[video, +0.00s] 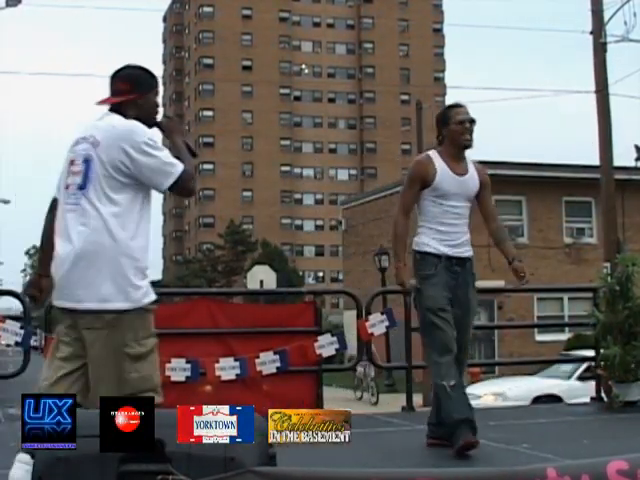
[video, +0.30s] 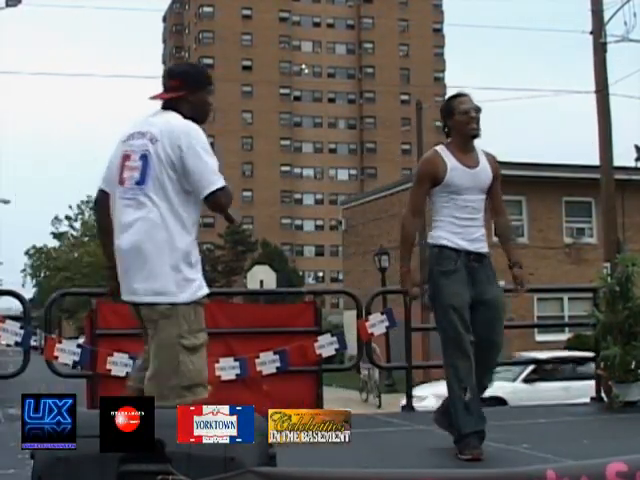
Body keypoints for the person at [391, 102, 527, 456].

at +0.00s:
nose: (467, 128)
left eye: (470, 123)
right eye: (460, 124)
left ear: (473, 129)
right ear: (442, 130)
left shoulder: (477, 173)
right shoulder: (424, 165)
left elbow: (493, 221)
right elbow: (402, 214)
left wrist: (513, 259)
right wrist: (399, 265)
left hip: (463, 264)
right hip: (430, 262)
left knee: (459, 346)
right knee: (444, 344)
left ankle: (440, 426)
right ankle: (462, 427)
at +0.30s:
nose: (473, 118)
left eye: (475, 112)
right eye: (464, 114)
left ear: (480, 118)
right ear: (447, 123)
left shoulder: (489, 164)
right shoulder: (433, 162)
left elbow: (499, 216)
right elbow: (412, 217)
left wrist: (514, 259)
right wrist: (405, 268)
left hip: (481, 261)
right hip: (446, 259)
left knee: (491, 343)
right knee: (458, 343)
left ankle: (453, 411)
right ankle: (469, 434)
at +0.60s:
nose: (489, 112)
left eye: (492, 106)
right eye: (481, 106)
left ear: (494, 113)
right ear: (461, 114)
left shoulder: (499, 158)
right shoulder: (445, 157)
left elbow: (499, 211)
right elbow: (428, 211)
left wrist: (503, 253)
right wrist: (430, 268)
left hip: (498, 259)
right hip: (460, 259)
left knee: (518, 345)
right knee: (464, 352)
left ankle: (520, 434)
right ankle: (469, 438)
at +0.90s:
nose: (520, 107)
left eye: (522, 102)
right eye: (512, 103)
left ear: (523, 111)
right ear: (491, 111)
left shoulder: (523, 159)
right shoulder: (473, 151)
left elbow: (520, 213)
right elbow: (455, 207)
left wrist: (530, 256)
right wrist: (459, 263)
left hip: (522, 259)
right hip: (482, 259)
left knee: (533, 352)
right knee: (480, 355)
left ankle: (545, 443)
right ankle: (470, 441)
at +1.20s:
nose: (535, 101)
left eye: (541, 95)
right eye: (527, 95)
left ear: (550, 102)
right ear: (513, 102)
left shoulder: (559, 151)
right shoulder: (493, 141)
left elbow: (573, 208)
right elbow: (467, 192)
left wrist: (582, 265)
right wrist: (482, 218)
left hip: (547, 257)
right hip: (504, 254)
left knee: (548, 349)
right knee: (502, 338)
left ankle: (545, 442)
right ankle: (486, 421)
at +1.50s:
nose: (526, 101)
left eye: (533, 94)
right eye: (518, 95)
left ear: (545, 97)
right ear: (507, 100)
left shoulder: (566, 142)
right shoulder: (493, 136)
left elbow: (595, 194)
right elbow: (473, 187)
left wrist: (615, 242)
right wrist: (508, 144)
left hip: (549, 254)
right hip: (503, 252)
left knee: (549, 350)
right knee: (504, 348)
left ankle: (547, 443)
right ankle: (509, 448)